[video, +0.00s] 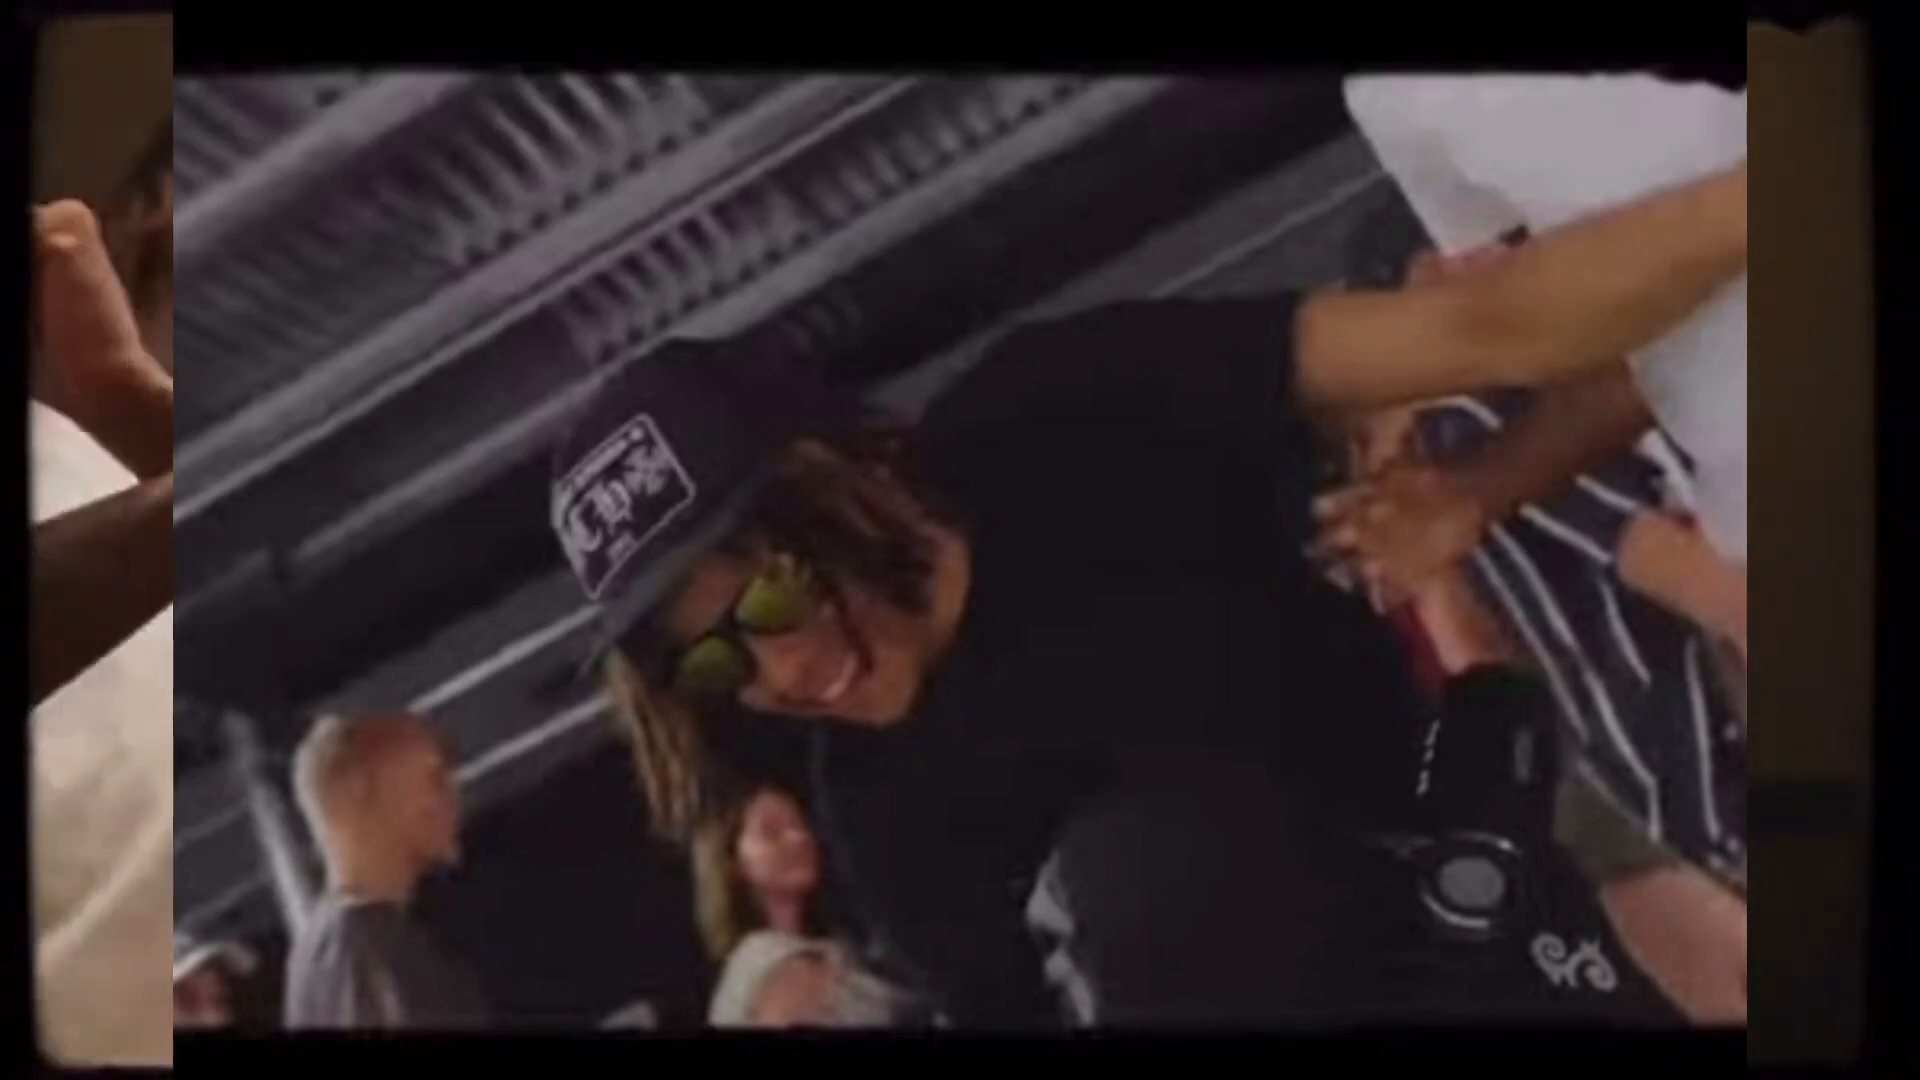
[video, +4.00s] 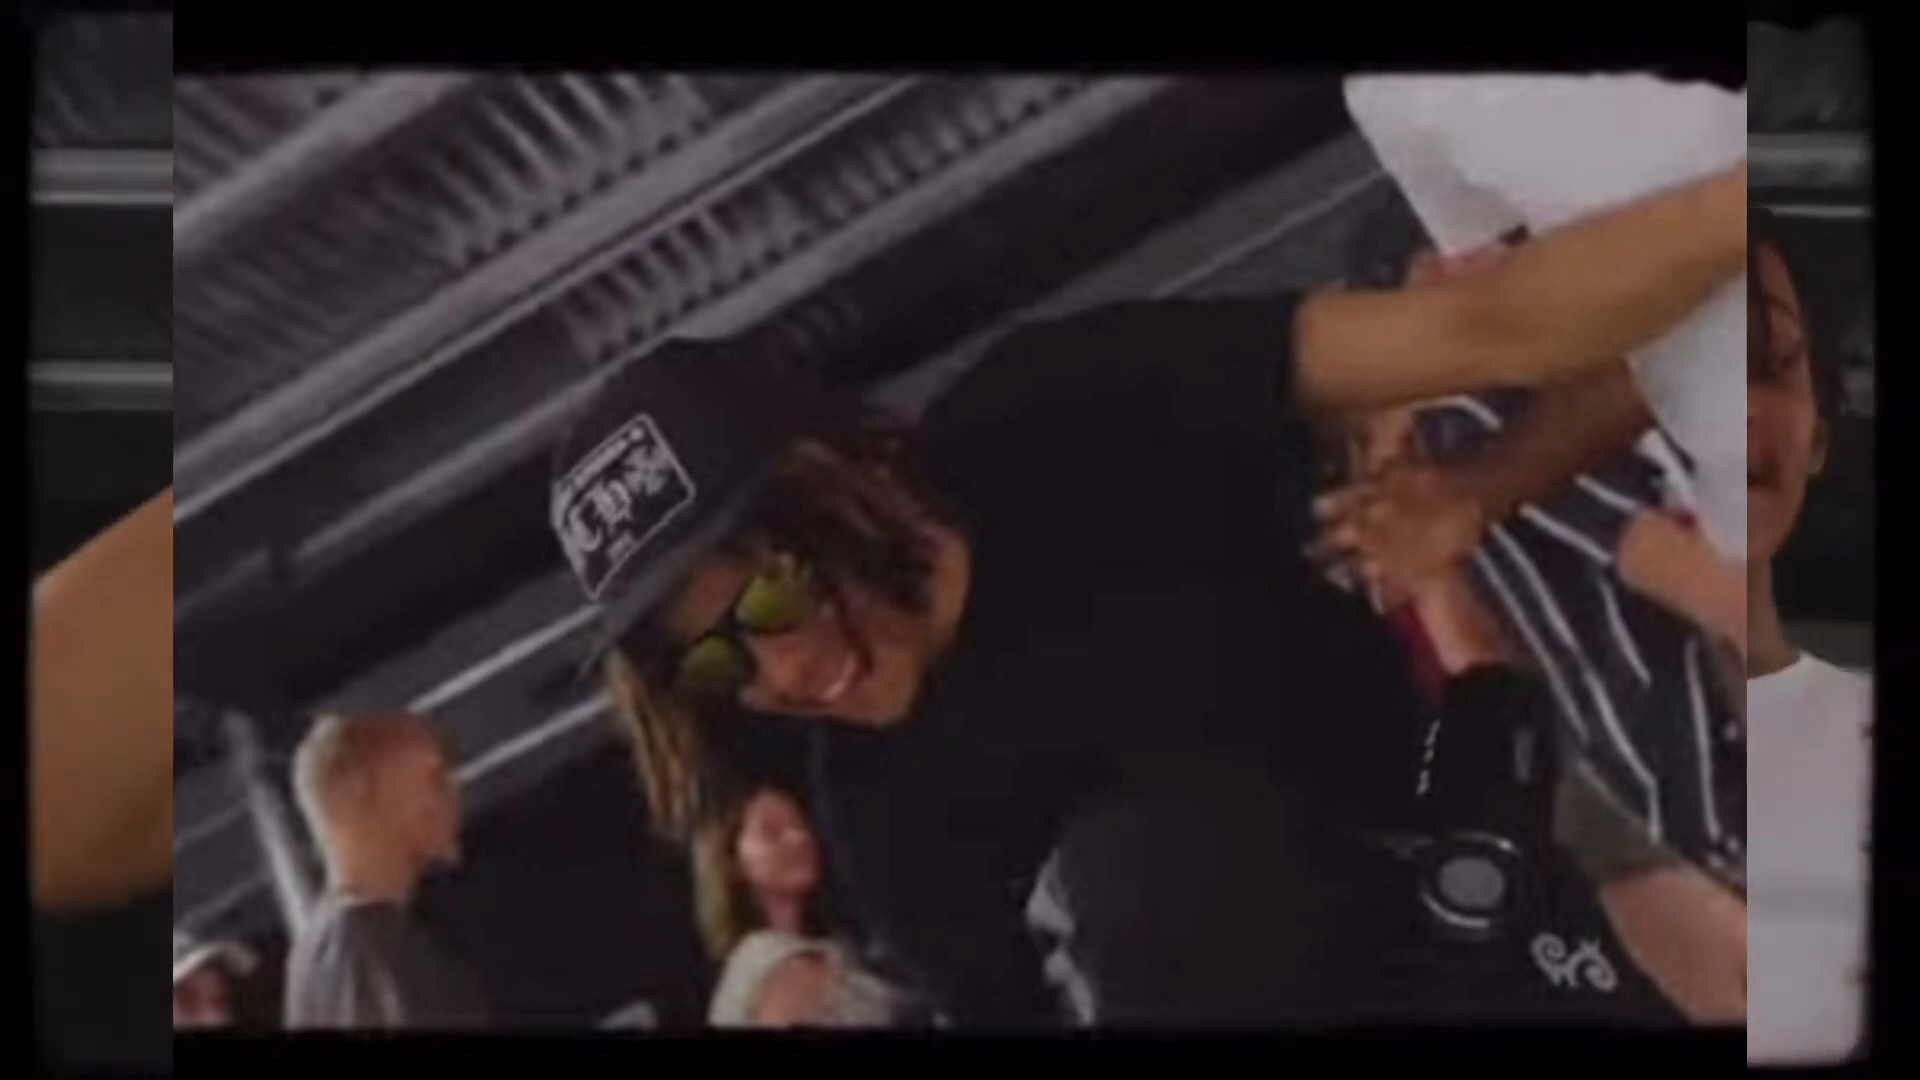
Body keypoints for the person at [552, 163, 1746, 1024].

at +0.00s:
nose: (768, 660)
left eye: (761, 586)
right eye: (709, 657)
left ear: (834, 478)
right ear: (687, 687)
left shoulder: (1050, 404)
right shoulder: (888, 843)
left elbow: (1469, 329)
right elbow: (1032, 1023)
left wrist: (1762, 200)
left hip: (1475, 843)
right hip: (1239, 974)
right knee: (1135, 869)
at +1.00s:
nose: (768, 656)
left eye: (760, 581)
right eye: (708, 654)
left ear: (834, 475)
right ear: (687, 686)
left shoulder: (1053, 403)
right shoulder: (888, 847)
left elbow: (1467, 331)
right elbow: (1038, 1025)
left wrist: (1784, 188)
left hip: (1482, 835)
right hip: (1263, 973)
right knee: (1136, 864)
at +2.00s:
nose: (769, 657)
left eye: (760, 583)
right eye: (710, 655)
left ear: (833, 476)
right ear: (689, 686)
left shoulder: (1056, 402)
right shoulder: (887, 843)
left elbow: (1468, 328)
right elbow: (1029, 1023)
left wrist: (1779, 193)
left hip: (1475, 837)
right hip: (1246, 969)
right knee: (1138, 859)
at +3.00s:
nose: (767, 658)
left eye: (759, 583)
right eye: (707, 655)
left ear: (833, 477)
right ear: (686, 686)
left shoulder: (1050, 404)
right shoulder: (888, 846)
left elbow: (1469, 328)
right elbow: (1038, 1026)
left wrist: (1787, 188)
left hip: (1483, 841)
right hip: (1258, 972)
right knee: (1135, 865)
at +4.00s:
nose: (767, 658)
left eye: (760, 583)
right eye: (708, 655)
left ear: (835, 477)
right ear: (687, 687)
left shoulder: (1053, 402)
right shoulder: (888, 846)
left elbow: (1474, 329)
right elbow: (1032, 1025)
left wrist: (1773, 188)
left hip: (1478, 836)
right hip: (1252, 971)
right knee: (1136, 864)